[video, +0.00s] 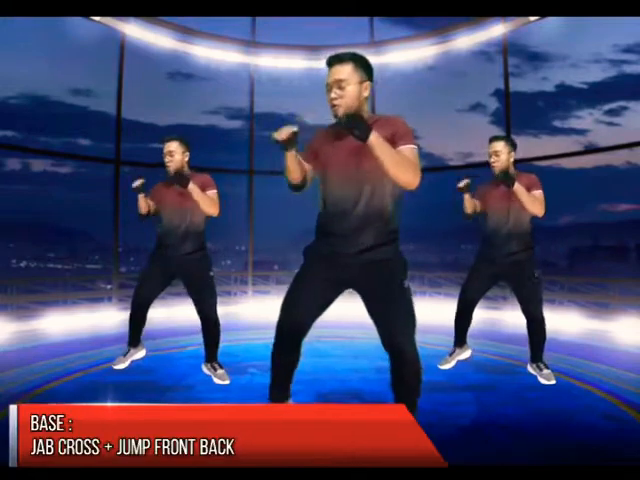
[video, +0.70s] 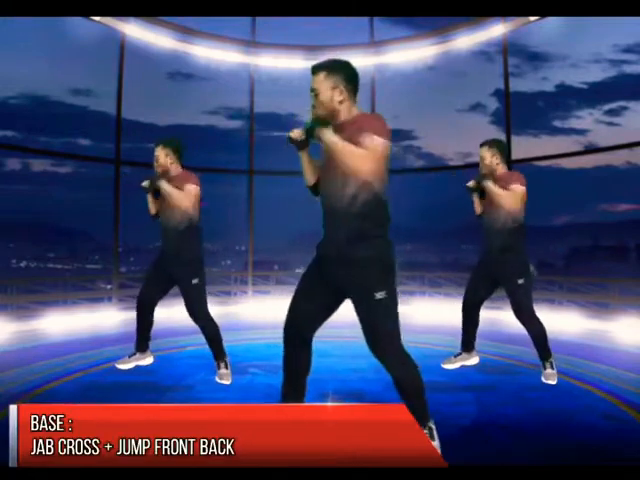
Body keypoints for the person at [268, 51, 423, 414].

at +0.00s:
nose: (333, 93)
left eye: (341, 85)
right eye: (330, 87)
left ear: (366, 88)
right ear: (327, 92)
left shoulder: (393, 129)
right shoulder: (322, 139)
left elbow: (410, 179)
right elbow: (297, 181)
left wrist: (369, 136)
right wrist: (289, 149)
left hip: (379, 258)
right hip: (327, 258)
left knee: (402, 347)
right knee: (288, 330)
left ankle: (405, 422)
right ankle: (277, 408)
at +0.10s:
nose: (333, 94)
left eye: (341, 85)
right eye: (330, 87)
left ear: (367, 88)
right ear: (328, 91)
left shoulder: (394, 132)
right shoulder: (316, 133)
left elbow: (415, 180)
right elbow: (273, 153)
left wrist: (377, 139)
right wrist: (251, 128)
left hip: (377, 261)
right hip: (324, 260)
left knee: (406, 349)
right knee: (288, 331)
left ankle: (407, 424)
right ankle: (286, 408)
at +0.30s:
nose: (312, 94)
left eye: (319, 87)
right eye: (311, 87)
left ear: (344, 90)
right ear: (317, 91)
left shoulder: (371, 132)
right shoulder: (314, 134)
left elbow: (381, 189)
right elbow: (286, 157)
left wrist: (340, 146)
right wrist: (277, 139)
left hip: (354, 261)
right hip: (313, 258)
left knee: (378, 343)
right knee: (282, 327)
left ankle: (419, 421)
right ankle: (288, 410)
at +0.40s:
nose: (304, 96)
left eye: (309, 89)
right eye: (305, 90)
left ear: (331, 90)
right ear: (328, 91)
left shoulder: (353, 126)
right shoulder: (326, 130)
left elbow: (335, 163)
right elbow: (313, 167)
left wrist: (301, 131)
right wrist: (301, 133)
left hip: (347, 256)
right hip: (316, 255)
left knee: (363, 344)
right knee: (282, 325)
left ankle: (424, 417)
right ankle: (289, 410)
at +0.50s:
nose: (313, 98)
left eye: (317, 91)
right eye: (313, 92)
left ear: (338, 90)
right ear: (339, 92)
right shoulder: (340, 126)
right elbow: (317, 173)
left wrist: (232, 109)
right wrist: (312, 133)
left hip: (348, 257)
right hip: (322, 255)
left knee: (362, 346)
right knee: (286, 324)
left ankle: (418, 416)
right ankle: (289, 410)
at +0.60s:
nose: (316, 99)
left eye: (320, 91)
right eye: (316, 92)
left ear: (341, 89)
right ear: (338, 91)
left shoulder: (358, 119)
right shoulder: (339, 128)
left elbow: (297, 133)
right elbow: (316, 177)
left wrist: (256, 114)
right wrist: (310, 131)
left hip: (356, 254)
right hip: (328, 253)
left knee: (374, 345)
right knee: (291, 325)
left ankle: (423, 424)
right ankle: (290, 415)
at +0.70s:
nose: (311, 100)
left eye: (316, 93)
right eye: (311, 94)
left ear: (340, 93)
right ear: (333, 94)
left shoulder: (371, 125)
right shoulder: (330, 137)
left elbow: (370, 171)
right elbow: (317, 187)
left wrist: (325, 134)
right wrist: (302, 149)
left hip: (369, 256)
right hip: (332, 256)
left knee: (385, 346)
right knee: (296, 330)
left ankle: (424, 428)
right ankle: (289, 417)